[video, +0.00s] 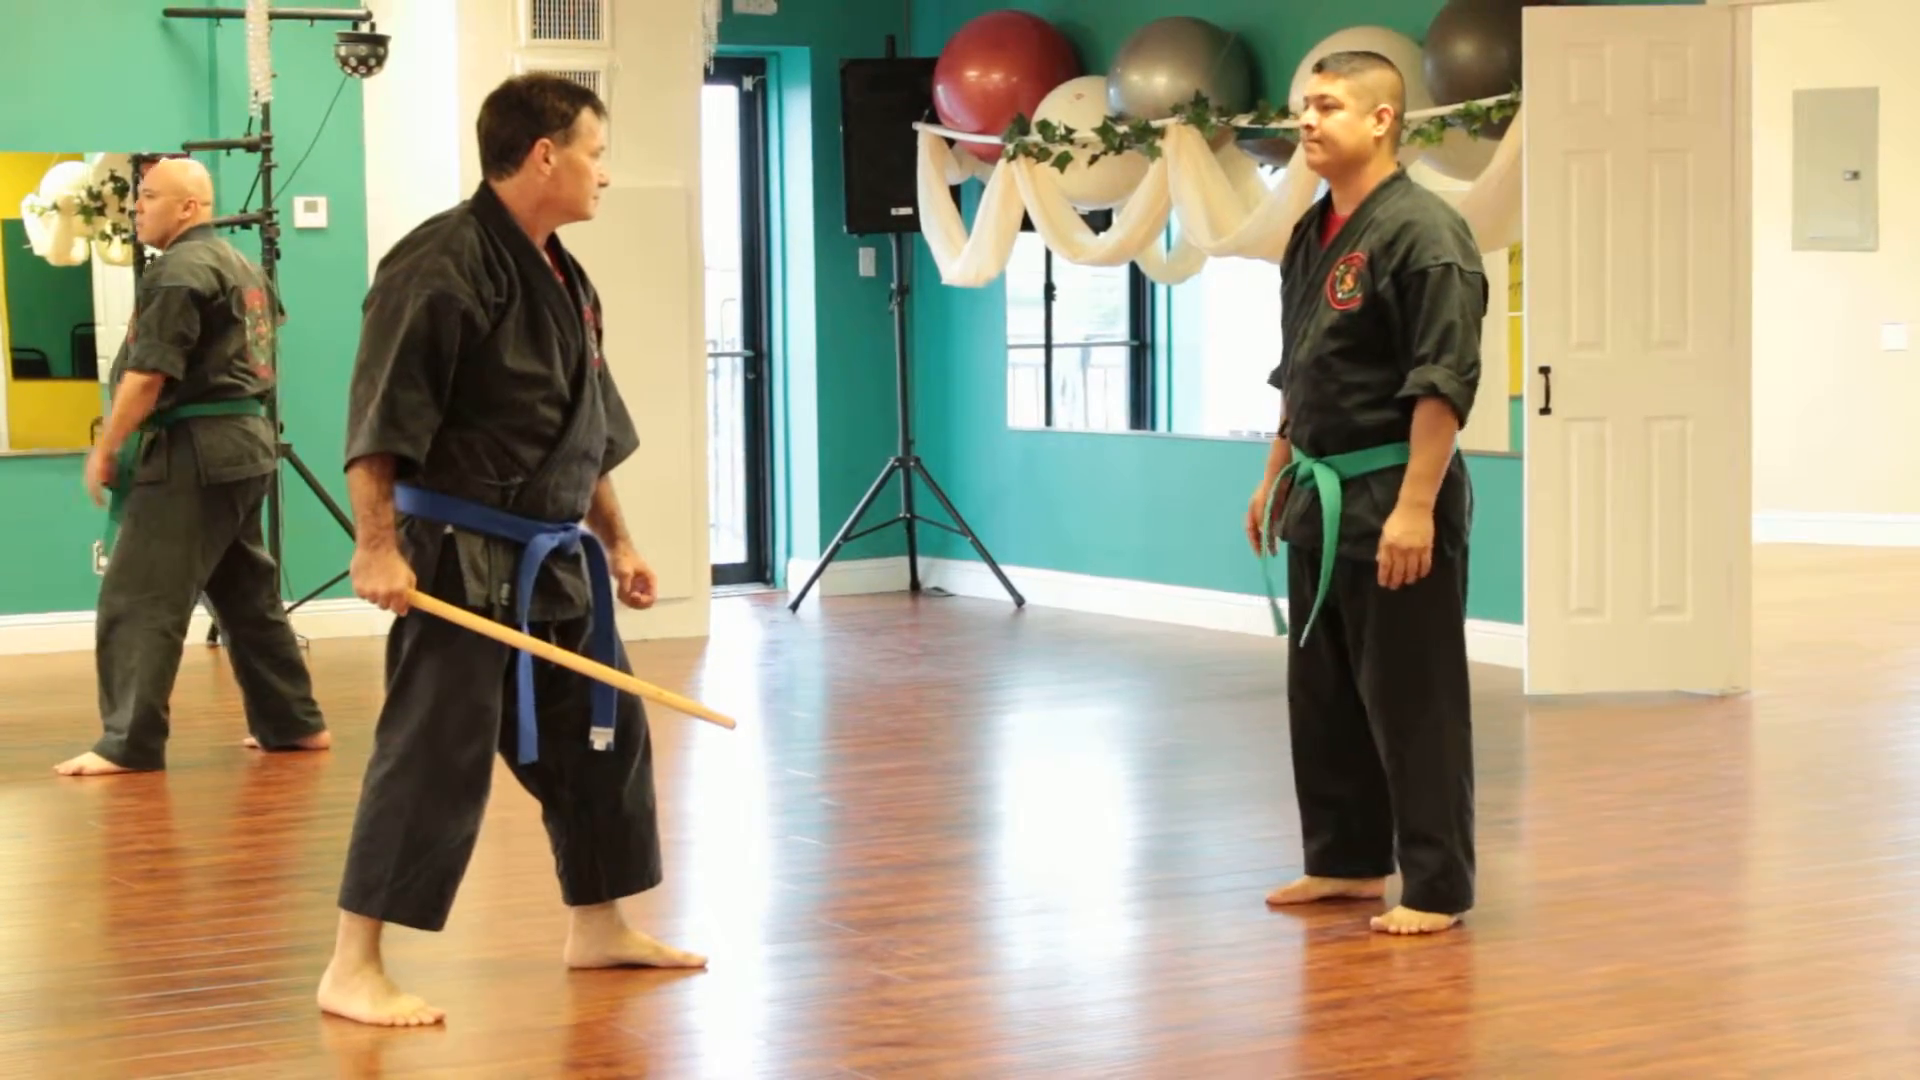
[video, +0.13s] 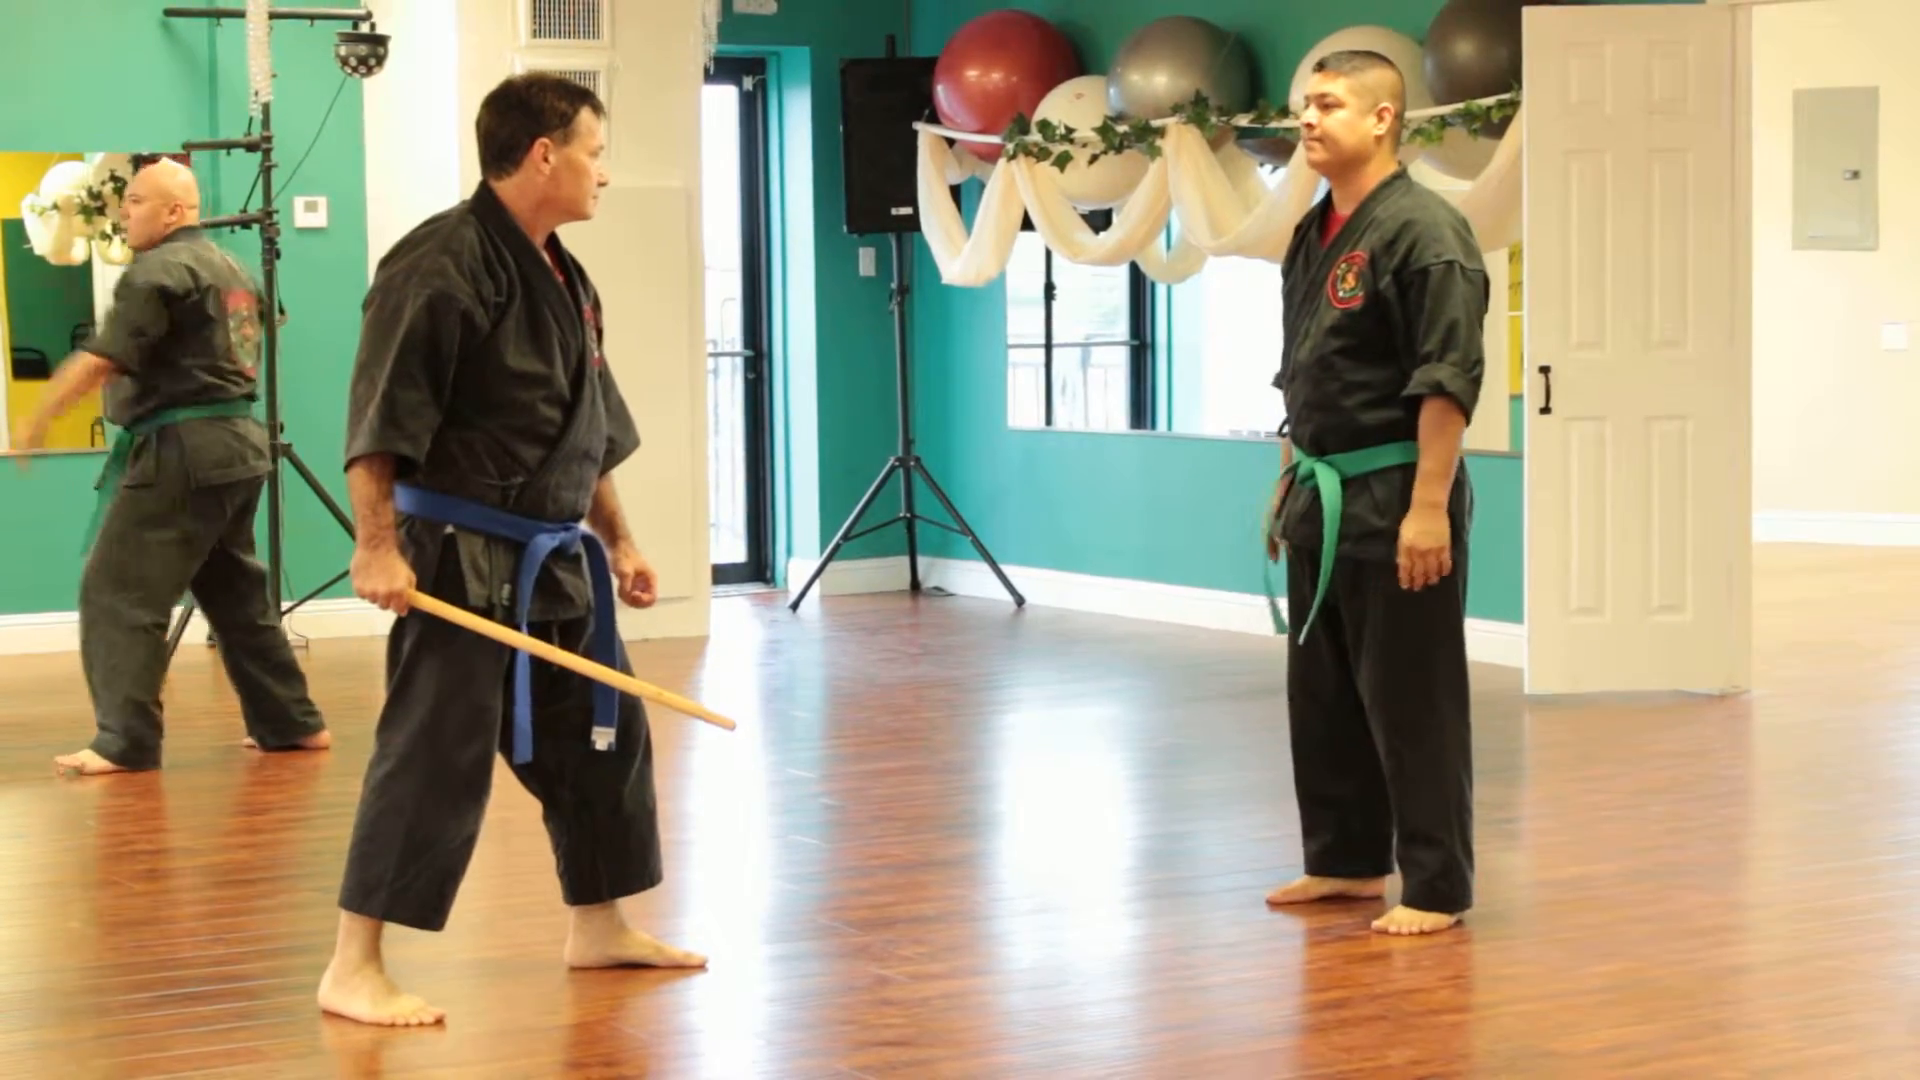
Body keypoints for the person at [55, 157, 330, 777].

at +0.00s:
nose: (136, 208)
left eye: (147, 197)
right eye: (139, 197)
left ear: (187, 206)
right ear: (195, 209)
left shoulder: (178, 271)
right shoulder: (238, 263)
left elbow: (147, 376)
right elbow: (251, 359)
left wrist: (105, 447)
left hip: (194, 447)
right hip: (245, 441)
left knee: (141, 594)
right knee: (245, 591)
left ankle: (130, 744)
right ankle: (292, 723)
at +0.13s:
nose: (122, 211)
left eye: (134, 201)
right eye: (125, 200)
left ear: (174, 211)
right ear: (185, 212)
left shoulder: (157, 272)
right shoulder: (229, 267)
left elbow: (100, 359)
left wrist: (39, 418)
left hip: (182, 451)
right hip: (240, 444)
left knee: (118, 589)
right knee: (232, 586)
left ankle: (126, 742)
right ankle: (290, 722)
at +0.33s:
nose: (68, 220)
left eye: (81, 210)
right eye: (72, 208)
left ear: (117, 221)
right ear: (136, 221)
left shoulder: (92, 269)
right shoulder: (172, 267)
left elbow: (12, 304)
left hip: (132, 459)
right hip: (186, 449)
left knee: (63, 595)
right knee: (205, 585)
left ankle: (99, 745)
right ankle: (285, 712)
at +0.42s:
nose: (36, 217)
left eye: (46, 206)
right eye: (39, 207)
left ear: (86, 209)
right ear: (100, 211)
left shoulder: (64, 264)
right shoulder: (139, 255)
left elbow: (13, 290)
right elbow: (154, 233)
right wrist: (151, 176)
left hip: (81, 457)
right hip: (140, 448)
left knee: (46, 605)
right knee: (140, 583)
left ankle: (98, 744)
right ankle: (245, 685)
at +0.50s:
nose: (6, 209)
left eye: (17, 199)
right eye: (10, 198)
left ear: (49, 208)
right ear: (63, 210)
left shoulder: (42, 259)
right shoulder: (95, 252)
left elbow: (16, 285)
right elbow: (121, 230)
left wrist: (11, 286)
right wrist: (138, 175)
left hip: (53, 453)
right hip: (75, 447)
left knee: (36, 608)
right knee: (41, 596)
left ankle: (99, 745)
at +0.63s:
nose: (3, 201)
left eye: (5, 193)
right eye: (6, 193)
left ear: (9, 204)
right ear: (18, 205)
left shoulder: (16, 273)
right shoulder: (37, 267)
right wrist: (46, 162)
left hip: (20, 446)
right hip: (37, 440)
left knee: (24, 609)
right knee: (23, 607)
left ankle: (93, 741)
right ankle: (90, 738)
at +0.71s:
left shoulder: (8, 284)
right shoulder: (9, 283)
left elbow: (22, 350)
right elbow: (23, 349)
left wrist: (10, 417)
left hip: (5, 456)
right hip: (8, 454)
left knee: (10, 610)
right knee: (10, 609)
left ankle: (87, 734)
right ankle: (86, 733)